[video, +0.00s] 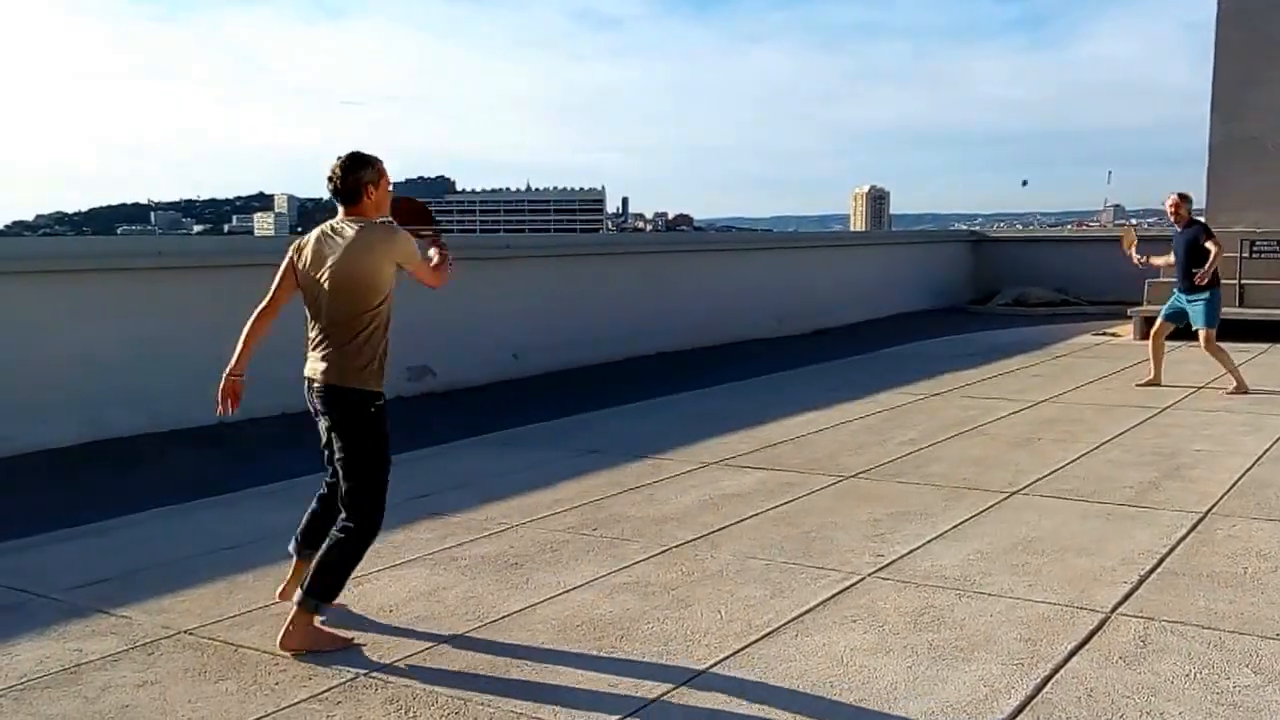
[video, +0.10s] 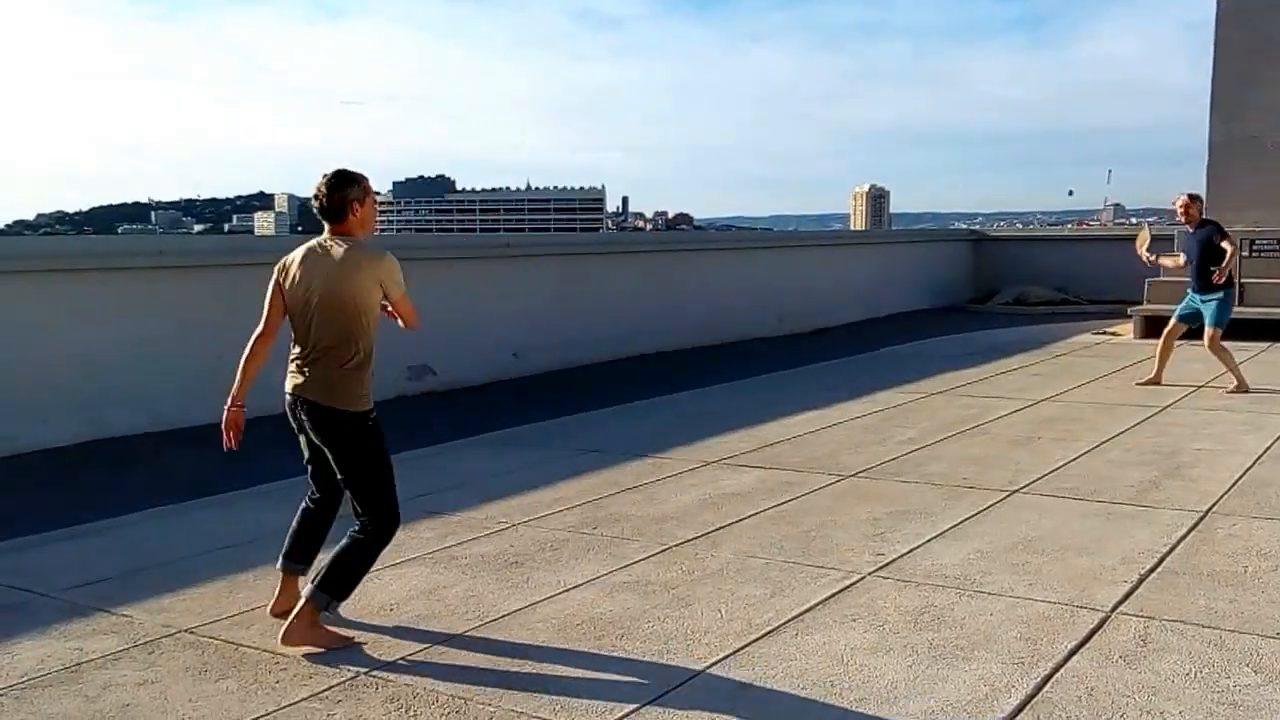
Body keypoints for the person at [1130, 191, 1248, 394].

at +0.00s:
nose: (1173, 212)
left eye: (1177, 208)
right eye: (1170, 208)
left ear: (1187, 208)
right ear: (1167, 211)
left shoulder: (1199, 228)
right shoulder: (1177, 234)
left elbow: (1216, 249)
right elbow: (1172, 260)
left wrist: (1207, 270)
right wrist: (1146, 260)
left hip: (1204, 295)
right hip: (1181, 294)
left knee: (1207, 343)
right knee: (1156, 334)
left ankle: (1240, 382)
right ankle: (1155, 377)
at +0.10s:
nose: (1182, 212)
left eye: (1186, 208)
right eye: (1179, 209)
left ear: (1197, 208)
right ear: (1177, 211)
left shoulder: (1211, 228)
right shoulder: (1189, 235)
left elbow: (1233, 249)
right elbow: (1181, 262)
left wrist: (1224, 269)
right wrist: (1154, 259)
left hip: (1218, 295)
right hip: (1195, 295)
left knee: (1211, 342)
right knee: (1168, 333)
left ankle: (1241, 382)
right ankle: (1156, 375)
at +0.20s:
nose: (1193, 208)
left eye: (1197, 203)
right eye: (1191, 204)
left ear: (1210, 204)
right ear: (1190, 207)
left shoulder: (1227, 224)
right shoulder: (1200, 232)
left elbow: (1250, 244)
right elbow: (1187, 259)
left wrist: (1246, 266)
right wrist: (1161, 257)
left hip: (1231, 290)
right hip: (1209, 289)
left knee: (1219, 338)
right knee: (1182, 330)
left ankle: (1241, 381)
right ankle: (1163, 373)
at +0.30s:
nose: (1204, 199)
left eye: (1208, 194)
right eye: (1203, 195)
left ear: (1222, 195)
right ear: (1204, 198)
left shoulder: (1240, 216)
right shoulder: (1206, 223)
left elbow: (1261, 239)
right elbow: (1190, 250)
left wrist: (1259, 259)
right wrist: (1162, 246)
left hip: (1240, 282)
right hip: (1217, 281)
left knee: (1225, 331)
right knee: (1196, 324)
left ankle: (1241, 379)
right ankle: (1190, 370)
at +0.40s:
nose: (1214, 186)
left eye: (1219, 182)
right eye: (1213, 182)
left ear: (1232, 184)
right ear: (1214, 185)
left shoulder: (1249, 205)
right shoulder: (1212, 207)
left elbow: (1272, 226)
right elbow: (1200, 235)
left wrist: (1271, 241)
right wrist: (1180, 235)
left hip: (1245, 272)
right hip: (1221, 271)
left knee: (1237, 323)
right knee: (1208, 320)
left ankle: (1242, 376)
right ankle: (1214, 363)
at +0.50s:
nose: (1231, 176)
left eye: (1237, 173)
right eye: (1230, 172)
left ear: (1246, 179)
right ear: (1226, 176)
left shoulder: (1256, 201)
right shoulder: (1217, 203)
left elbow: (1277, 219)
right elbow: (1216, 237)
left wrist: (1276, 238)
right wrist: (1209, 228)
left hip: (1250, 268)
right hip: (1224, 266)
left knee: (1246, 319)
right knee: (1216, 317)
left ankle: (1256, 370)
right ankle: (1222, 359)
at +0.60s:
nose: (1238, 183)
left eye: (1243, 180)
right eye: (1236, 178)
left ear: (1252, 185)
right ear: (1230, 182)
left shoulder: (1261, 208)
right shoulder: (1221, 209)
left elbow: (1279, 221)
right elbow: (1219, 241)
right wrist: (1234, 242)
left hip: (1254, 274)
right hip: (1228, 273)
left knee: (1252, 323)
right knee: (1217, 321)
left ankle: (1267, 373)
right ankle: (1222, 362)